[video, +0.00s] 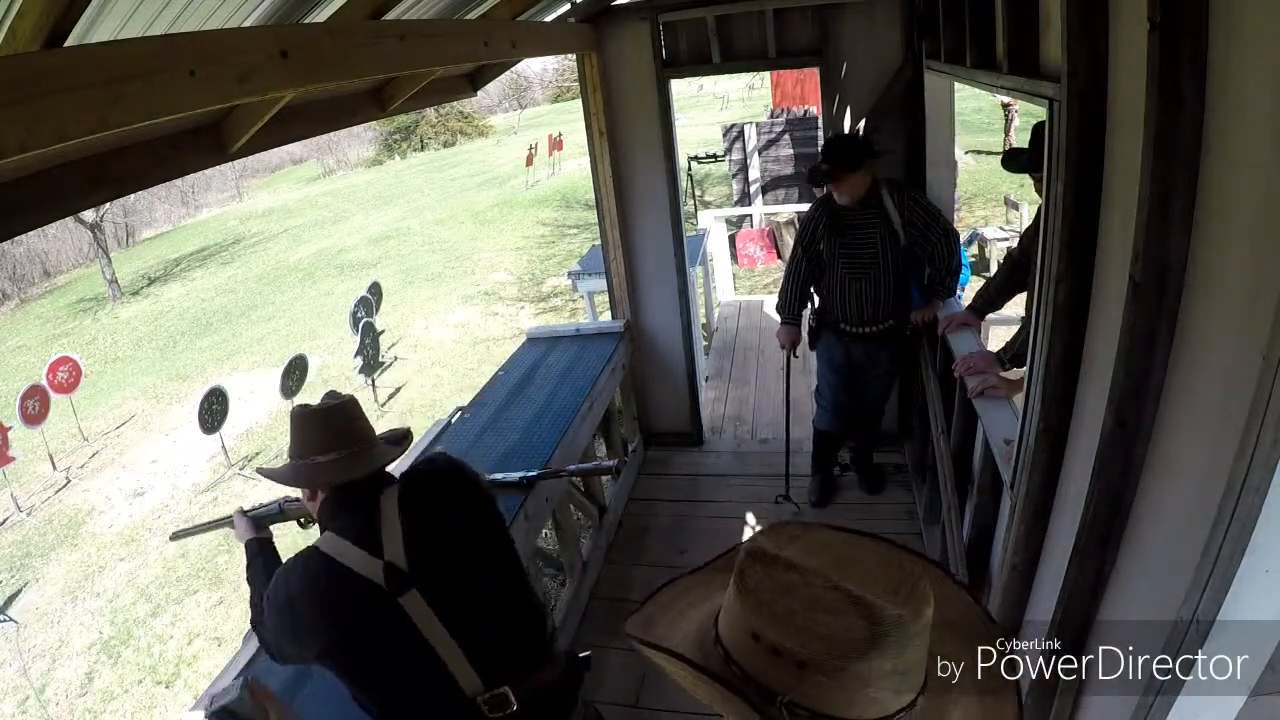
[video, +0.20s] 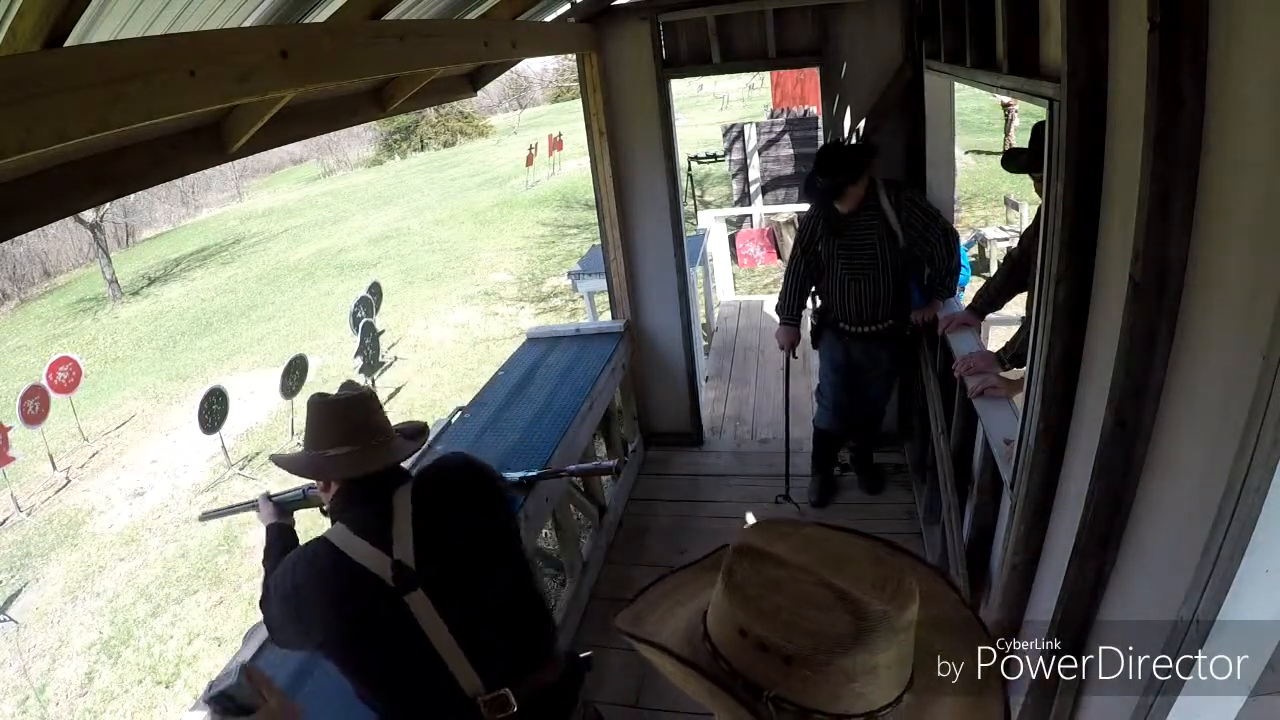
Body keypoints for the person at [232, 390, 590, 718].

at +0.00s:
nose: (302, 491)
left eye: (300, 482)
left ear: (312, 490)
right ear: (380, 458)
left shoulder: (306, 589)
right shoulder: (448, 479)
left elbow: (278, 636)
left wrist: (254, 543)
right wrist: (333, 502)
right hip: (546, 683)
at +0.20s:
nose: (311, 481)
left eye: (314, 473)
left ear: (325, 481)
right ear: (393, 451)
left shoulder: (310, 577)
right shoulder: (464, 478)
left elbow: (283, 622)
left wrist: (276, 528)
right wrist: (354, 487)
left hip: (439, 716)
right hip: (547, 683)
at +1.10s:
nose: (491, 374)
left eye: (490, 364)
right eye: (489, 364)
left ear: (503, 368)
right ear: (559, 352)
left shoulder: (485, 446)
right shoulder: (626, 403)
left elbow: (436, 531)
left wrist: (403, 475)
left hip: (563, 615)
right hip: (644, 586)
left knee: (545, 705)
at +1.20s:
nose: (509, 359)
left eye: (509, 349)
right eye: (507, 349)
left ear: (526, 351)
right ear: (571, 334)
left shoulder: (510, 419)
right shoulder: (641, 379)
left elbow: (447, 505)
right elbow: (663, 464)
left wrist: (396, 475)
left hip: (586, 588)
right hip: (665, 561)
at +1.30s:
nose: (513, 351)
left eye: (513, 342)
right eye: (511, 342)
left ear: (532, 342)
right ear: (573, 322)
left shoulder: (527, 404)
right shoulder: (636, 364)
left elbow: (452, 480)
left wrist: (390, 477)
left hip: (606, 561)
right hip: (677, 532)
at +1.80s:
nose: (488, 339)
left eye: (487, 330)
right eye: (484, 330)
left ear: (505, 332)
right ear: (543, 309)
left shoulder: (530, 374)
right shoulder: (594, 321)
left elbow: (514, 449)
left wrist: (446, 476)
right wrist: (516, 383)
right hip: (681, 442)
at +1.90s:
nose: (504, 325)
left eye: (504, 316)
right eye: (501, 316)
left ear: (522, 318)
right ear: (557, 299)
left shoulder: (534, 372)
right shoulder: (606, 311)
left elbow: (509, 457)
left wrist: (466, 437)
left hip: (608, 487)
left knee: (608, 564)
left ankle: (617, 637)